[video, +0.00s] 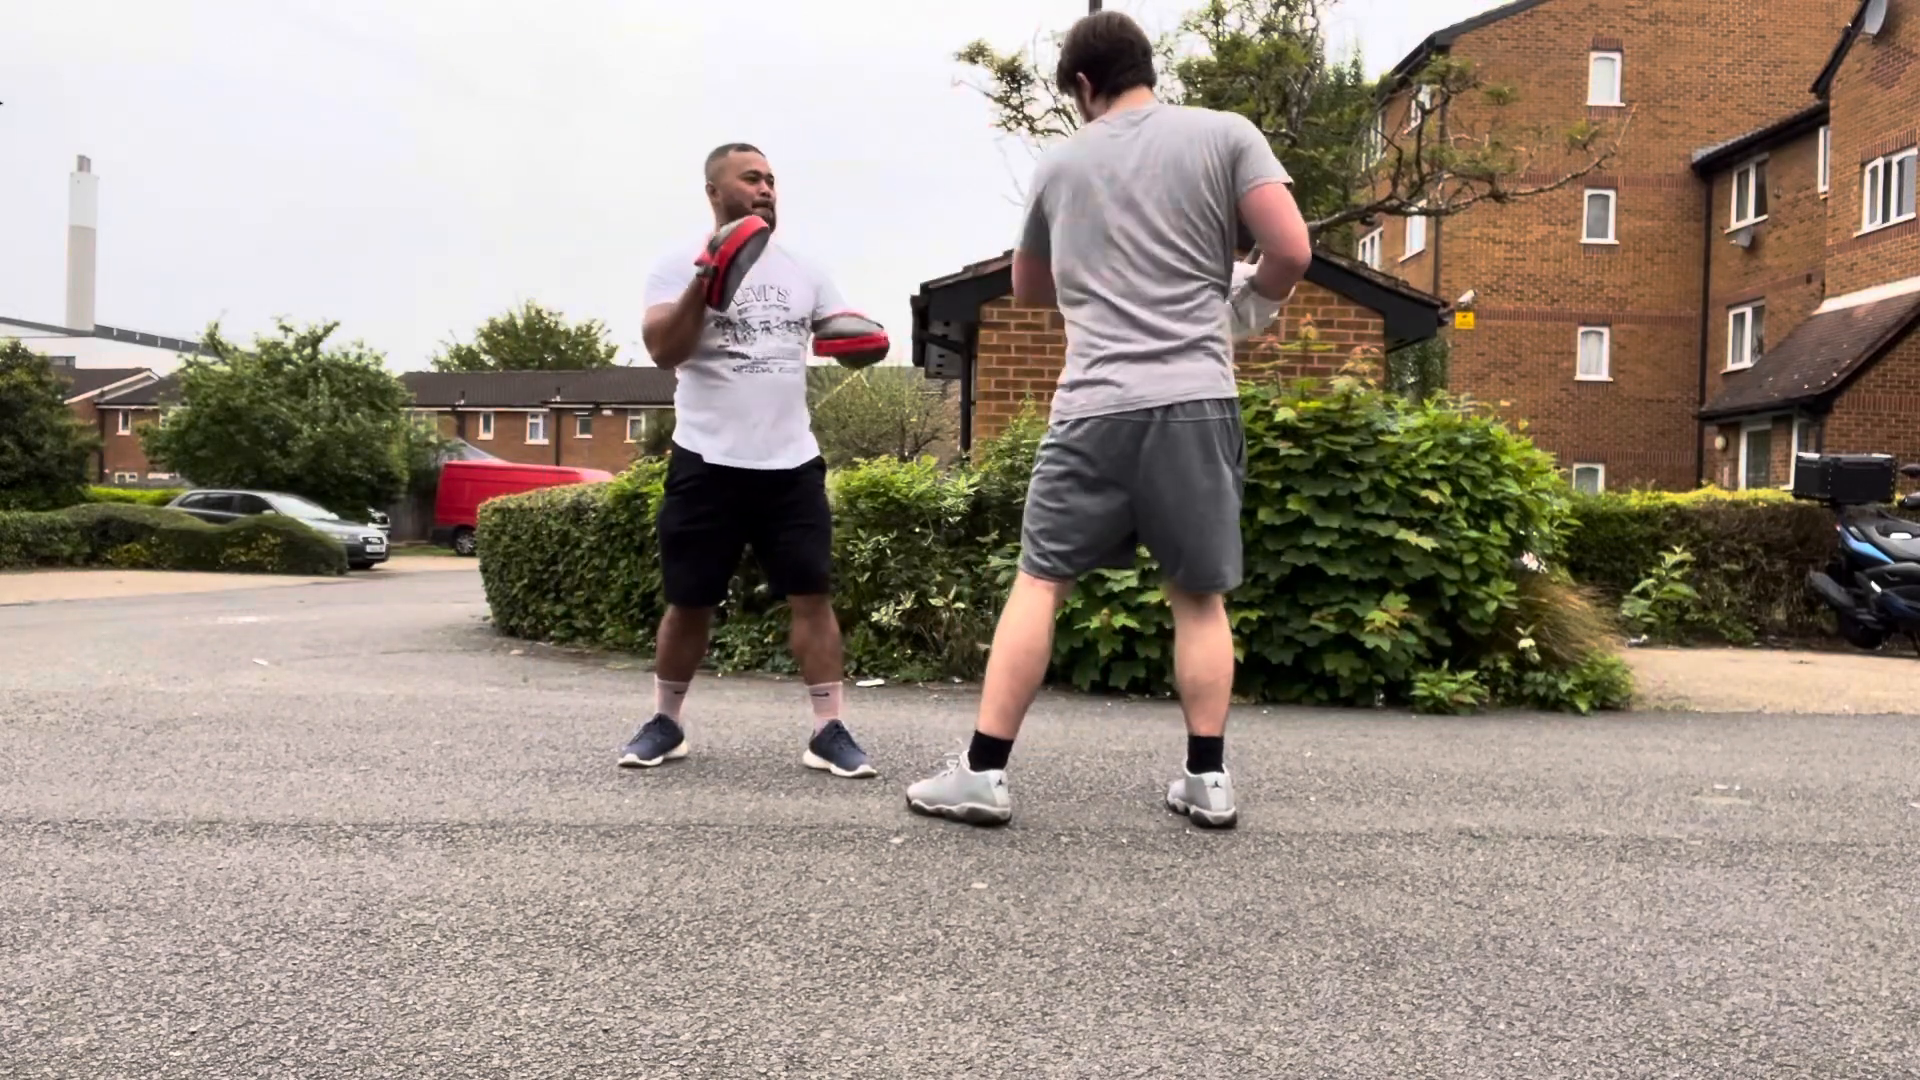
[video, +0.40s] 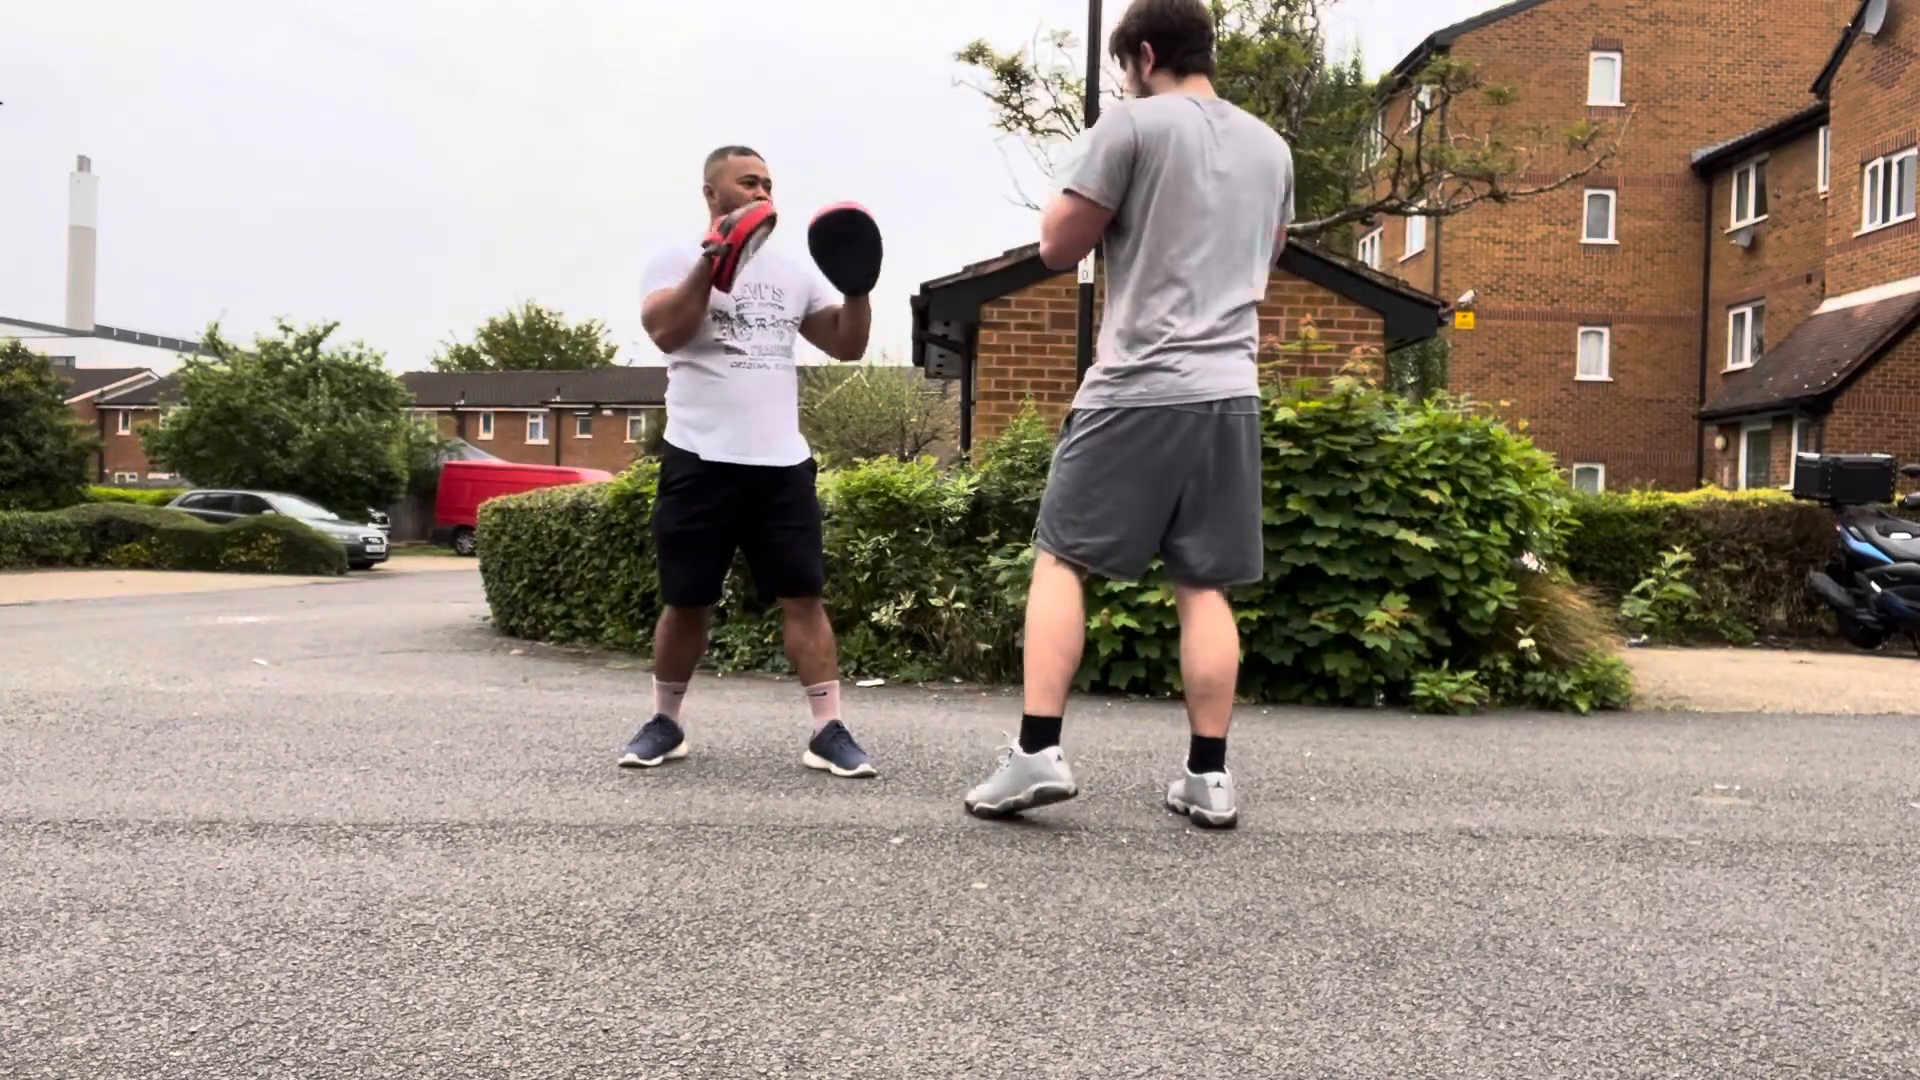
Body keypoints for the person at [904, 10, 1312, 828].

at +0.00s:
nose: (1073, 104)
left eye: (1069, 93)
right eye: (1073, 94)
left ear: (1082, 86)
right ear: (1149, 73)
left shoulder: (1060, 165)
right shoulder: (1225, 133)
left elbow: (1030, 289)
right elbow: (1290, 249)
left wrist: (1110, 271)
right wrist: (1257, 294)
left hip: (1091, 407)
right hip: (1196, 404)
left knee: (1039, 580)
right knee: (1199, 597)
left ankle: (983, 771)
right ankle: (1208, 780)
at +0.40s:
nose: (1122, 84)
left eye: (1122, 71)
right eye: (1119, 73)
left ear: (1145, 57)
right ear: (1210, 57)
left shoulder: (1129, 125)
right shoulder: (1271, 145)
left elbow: (1059, 249)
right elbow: (1266, 257)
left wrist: (1070, 197)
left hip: (1132, 395)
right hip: (1230, 400)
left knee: (1059, 559)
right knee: (1204, 582)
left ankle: (1037, 753)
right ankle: (1210, 779)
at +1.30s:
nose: (1051, 86)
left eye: (1050, 75)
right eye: (1051, 76)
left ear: (1068, 68)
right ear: (1135, 61)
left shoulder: (1039, 141)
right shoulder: (1206, 142)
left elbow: (943, 232)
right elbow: (1194, 237)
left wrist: (954, 169)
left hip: (1062, 408)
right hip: (1175, 405)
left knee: (1010, 580)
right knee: (1206, 592)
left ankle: (1001, 776)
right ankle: (1257, 783)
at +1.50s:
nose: (991, 93)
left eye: (990, 82)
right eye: (989, 82)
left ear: (1012, 73)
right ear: (1076, 64)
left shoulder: (989, 141)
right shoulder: (1153, 136)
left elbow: (910, 208)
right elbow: (1161, 241)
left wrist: (891, 188)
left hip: (1042, 400)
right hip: (1152, 397)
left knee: (994, 584)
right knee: (1191, 581)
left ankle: (997, 780)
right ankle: (1252, 767)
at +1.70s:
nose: (938, 97)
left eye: (936, 82)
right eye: (934, 83)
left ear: (959, 71)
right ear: (1020, 63)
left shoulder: (976, 144)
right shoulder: (1090, 128)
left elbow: (925, 295)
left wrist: (892, 286)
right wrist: (936, 178)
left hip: (1071, 380)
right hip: (1166, 372)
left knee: (1006, 579)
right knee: (1180, 573)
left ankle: (995, 783)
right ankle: (1260, 764)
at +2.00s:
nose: (994, 82)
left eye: (994, 64)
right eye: (991, 66)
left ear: (1020, 52)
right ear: (1076, 48)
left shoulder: (1044, 137)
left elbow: (983, 268)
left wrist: (948, 194)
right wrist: (998, 165)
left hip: (1093, 392)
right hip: (1188, 380)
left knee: (1013, 573)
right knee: (1217, 575)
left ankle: (997, 782)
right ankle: (1315, 762)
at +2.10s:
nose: (1071, 78)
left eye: (1070, 62)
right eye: (1071, 63)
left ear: (1090, 54)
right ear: (1160, 49)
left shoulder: (1066, 139)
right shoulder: (1227, 139)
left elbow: (1003, 253)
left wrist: (1021, 173)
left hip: (1088, 408)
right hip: (1201, 403)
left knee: (1011, 579)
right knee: (1241, 596)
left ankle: (999, 781)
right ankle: (1322, 786)